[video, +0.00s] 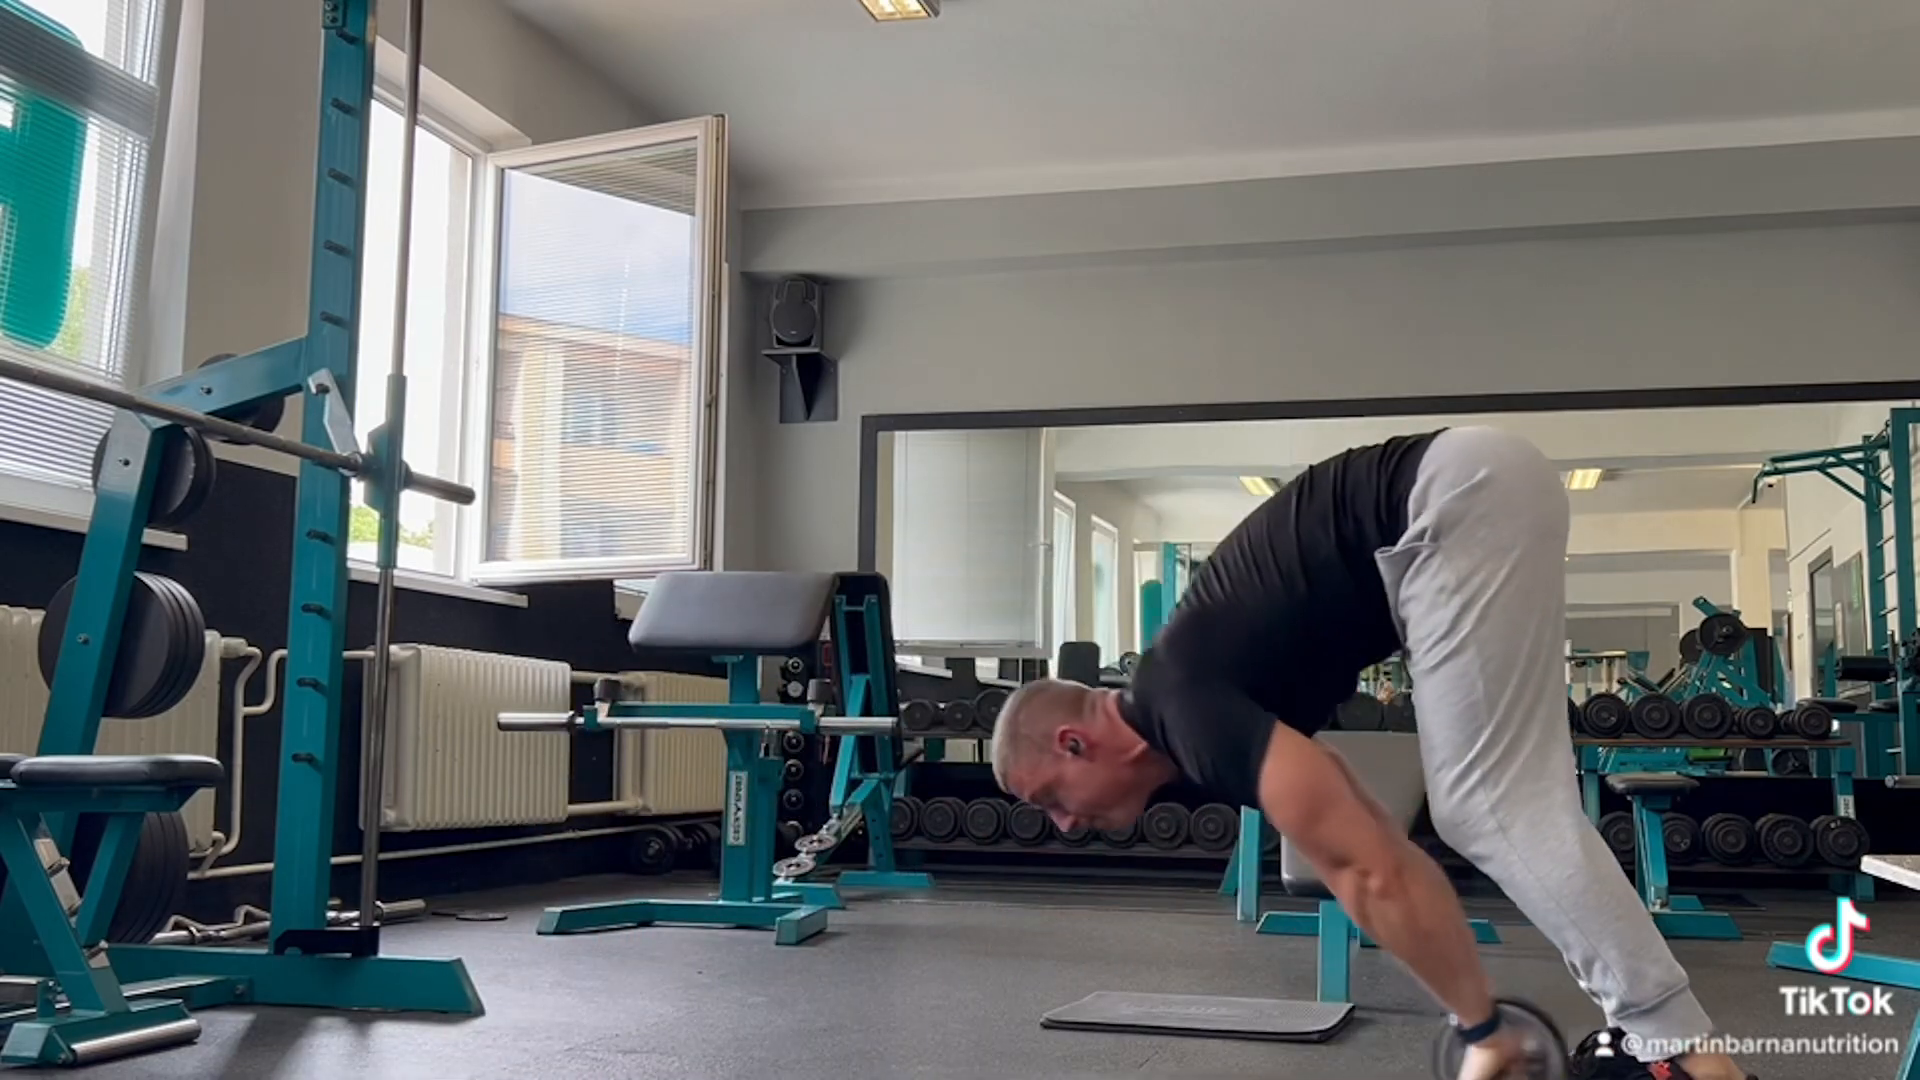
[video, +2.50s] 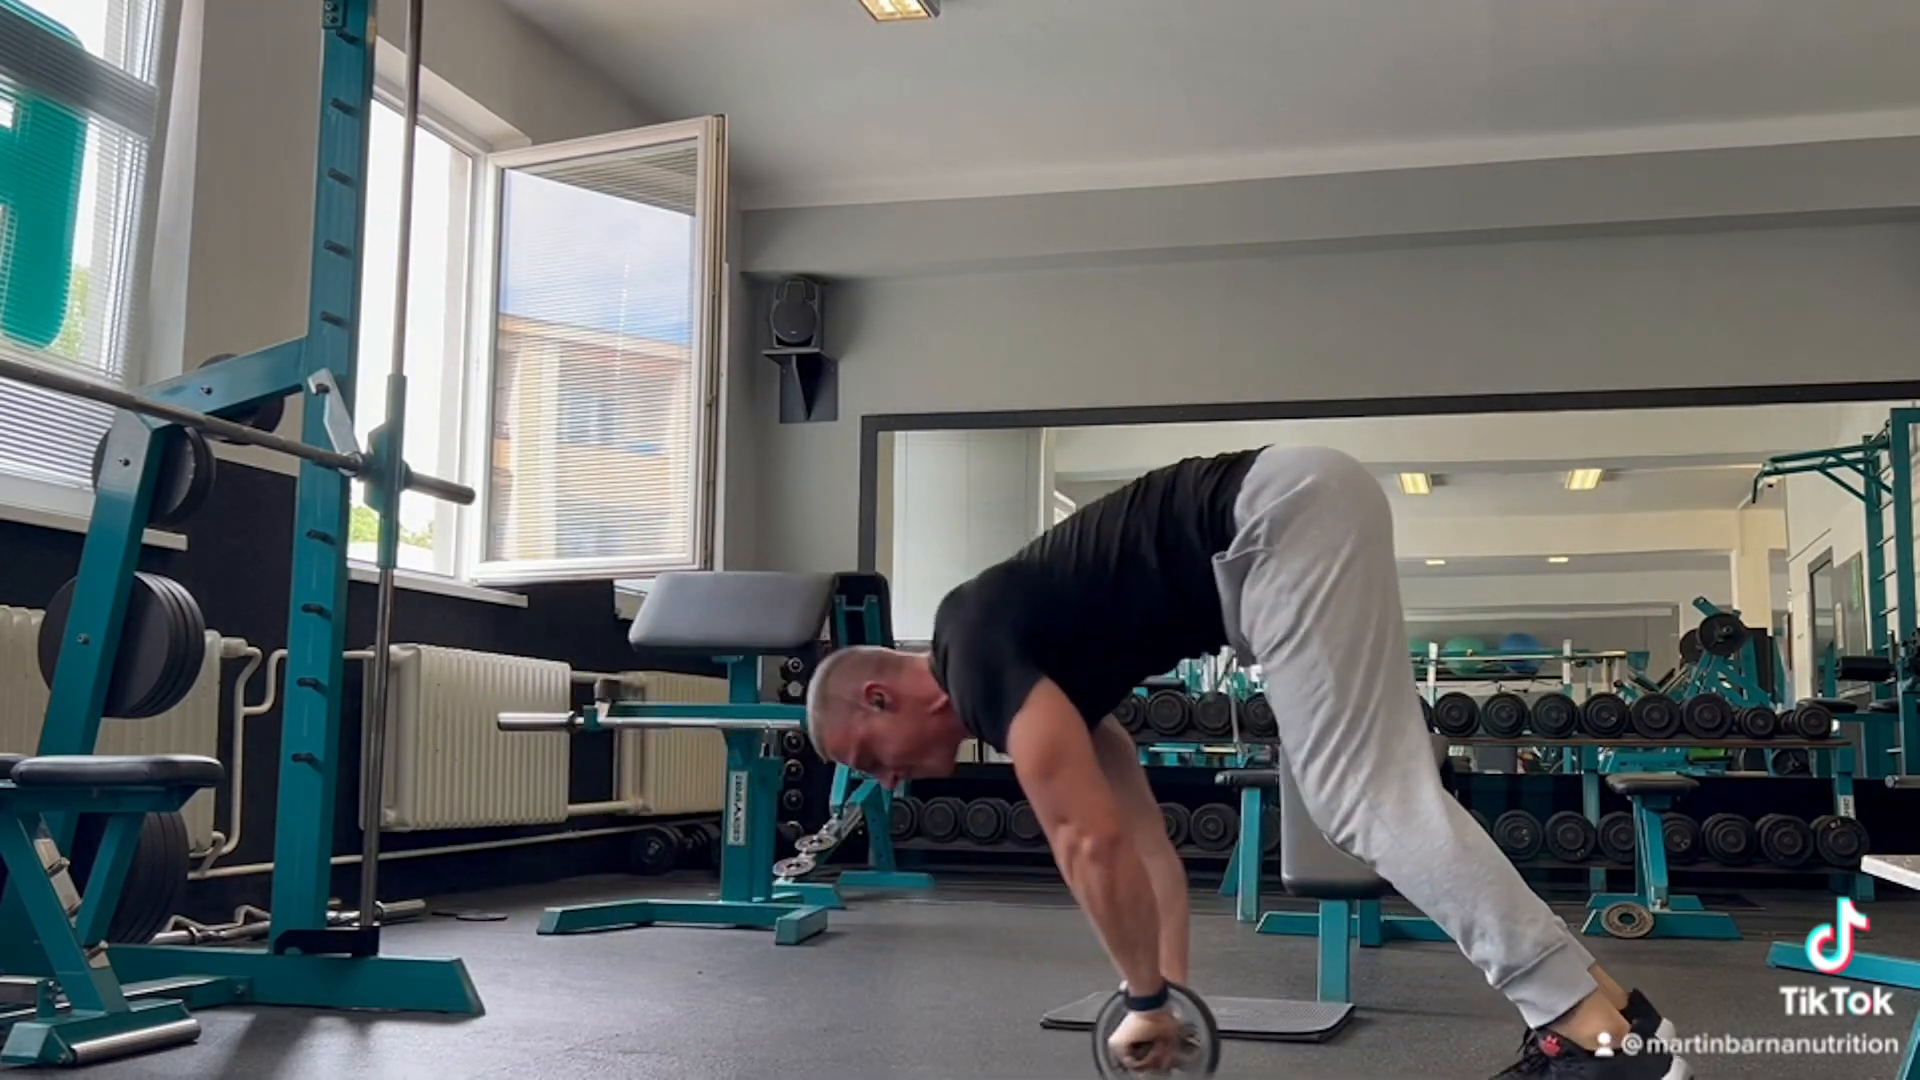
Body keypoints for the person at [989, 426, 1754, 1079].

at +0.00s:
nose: (1067, 824)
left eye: (1053, 797)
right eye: (1048, 812)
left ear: (1086, 733)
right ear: (1091, 729)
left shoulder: (1185, 697)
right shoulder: (1183, 696)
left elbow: (1372, 867)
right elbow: (1365, 857)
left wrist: (1483, 1023)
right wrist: (1477, 1016)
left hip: (1458, 489)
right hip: (1460, 486)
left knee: (1490, 800)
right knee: (1502, 793)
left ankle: (1675, 1040)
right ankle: (1655, 1024)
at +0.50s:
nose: (815, 622)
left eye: (812, 593)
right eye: (807, 601)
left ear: (860, 554)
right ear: (885, 554)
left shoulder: (937, 597)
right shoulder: (993, 611)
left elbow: (900, 824)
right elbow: (970, 837)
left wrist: (865, 989)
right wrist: (896, 989)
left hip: (1289, 538)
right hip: (1305, 523)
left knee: (1419, 833)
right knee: (1427, 822)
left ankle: (1665, 1033)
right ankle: (1621, 1012)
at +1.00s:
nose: (540, 790)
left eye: (529, 765)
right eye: (532, 776)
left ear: (556, 719)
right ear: (591, 710)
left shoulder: (622, 735)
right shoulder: (688, 731)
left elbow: (529, 943)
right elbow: (636, 924)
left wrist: (451, 1000)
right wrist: (515, 989)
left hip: (961, 841)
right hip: (999, 795)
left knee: (1200, 1025)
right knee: (1237, 957)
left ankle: (1511, 1006)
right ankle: (1525, 978)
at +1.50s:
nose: (455, 1012)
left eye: (453, 994)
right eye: (453, 1004)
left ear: (473, 955)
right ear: (500, 970)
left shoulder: (542, 938)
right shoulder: (606, 956)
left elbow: (348, 1044)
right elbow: (509, 1048)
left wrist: (277, 1011)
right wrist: (381, 1039)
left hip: (891, 998)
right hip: (912, 981)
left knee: (1177, 1046)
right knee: (1178, 1034)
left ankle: (1472, 990)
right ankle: (1460, 1007)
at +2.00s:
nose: (592, 774)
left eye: (574, 752)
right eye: (582, 769)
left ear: (577, 690)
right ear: (608, 689)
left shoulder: (655, 671)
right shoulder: (720, 684)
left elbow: (636, 873)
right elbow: (728, 886)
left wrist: (604, 987)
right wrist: (641, 992)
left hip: (969, 817)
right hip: (1004, 786)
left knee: (1185, 1029)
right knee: (1240, 962)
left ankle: (1509, 1009)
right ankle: (1512, 978)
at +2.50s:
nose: (910, 774)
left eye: (884, 760)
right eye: (887, 771)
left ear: (889, 692)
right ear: (895, 684)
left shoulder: (981, 637)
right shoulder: (1020, 653)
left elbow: (1095, 837)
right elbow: (1138, 834)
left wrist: (1147, 999)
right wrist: (1166, 996)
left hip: (1285, 512)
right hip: (1296, 510)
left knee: (1364, 795)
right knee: (1367, 790)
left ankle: (1592, 1016)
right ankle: (1581, 997)